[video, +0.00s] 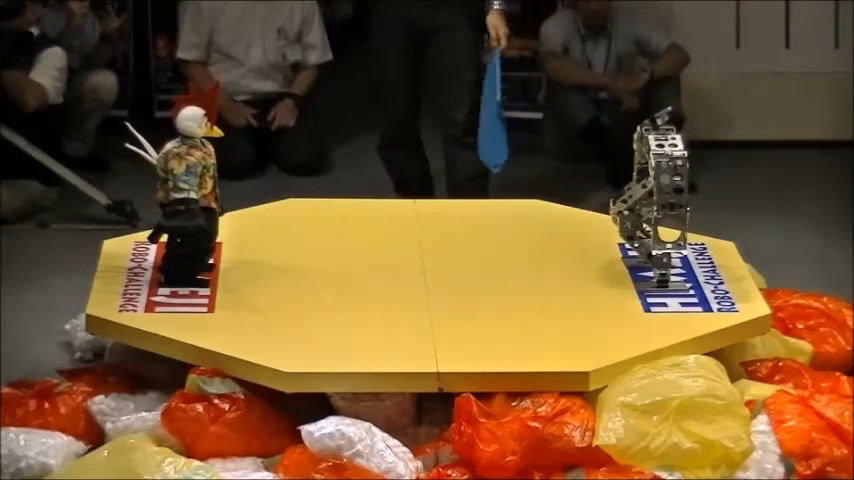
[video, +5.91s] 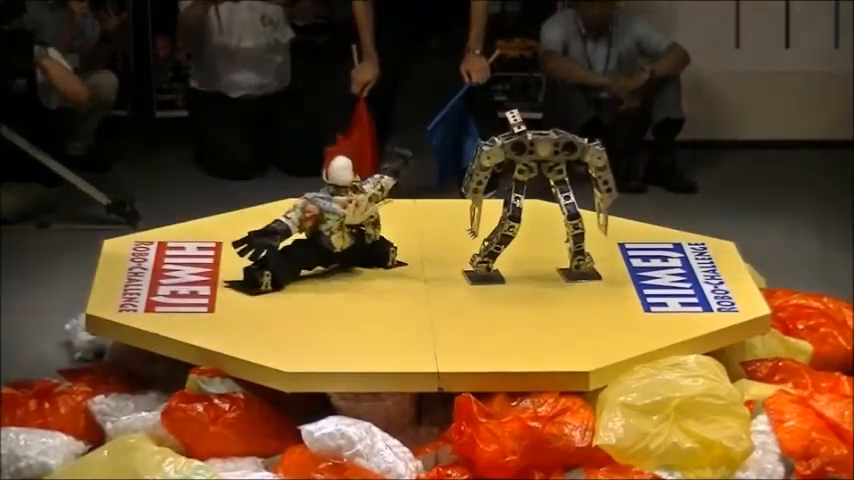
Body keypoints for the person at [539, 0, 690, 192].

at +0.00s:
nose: (596, 8)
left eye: (602, 2)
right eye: (588, 2)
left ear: (610, 4)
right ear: (574, 5)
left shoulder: (625, 25)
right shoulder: (557, 26)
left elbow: (679, 56)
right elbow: (554, 67)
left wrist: (644, 76)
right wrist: (612, 84)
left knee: (666, 81)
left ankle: (668, 166)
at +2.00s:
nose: (595, 9)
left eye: (601, 2)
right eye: (587, 2)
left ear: (611, 4)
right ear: (574, 5)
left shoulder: (630, 24)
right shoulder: (558, 25)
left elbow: (679, 56)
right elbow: (552, 67)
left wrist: (644, 76)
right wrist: (611, 83)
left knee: (666, 81)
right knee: (564, 88)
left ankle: (670, 166)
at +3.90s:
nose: (597, 11)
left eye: (603, 5)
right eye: (590, 5)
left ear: (612, 5)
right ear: (577, 6)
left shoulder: (628, 23)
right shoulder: (559, 24)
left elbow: (679, 56)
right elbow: (550, 64)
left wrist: (644, 76)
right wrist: (608, 83)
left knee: (667, 81)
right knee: (563, 88)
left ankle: (666, 153)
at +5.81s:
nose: (599, 12)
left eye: (605, 6)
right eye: (592, 6)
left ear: (614, 6)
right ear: (578, 7)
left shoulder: (629, 25)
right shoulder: (559, 26)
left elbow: (679, 56)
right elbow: (551, 64)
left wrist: (642, 78)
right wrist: (609, 83)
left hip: (625, 115)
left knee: (668, 78)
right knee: (565, 86)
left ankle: (663, 165)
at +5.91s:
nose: (599, 12)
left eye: (605, 6)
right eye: (592, 6)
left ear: (614, 6)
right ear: (578, 7)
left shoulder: (629, 25)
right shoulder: (559, 26)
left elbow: (679, 56)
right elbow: (551, 64)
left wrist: (642, 78)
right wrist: (609, 83)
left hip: (625, 115)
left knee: (668, 78)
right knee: (565, 86)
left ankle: (663, 165)